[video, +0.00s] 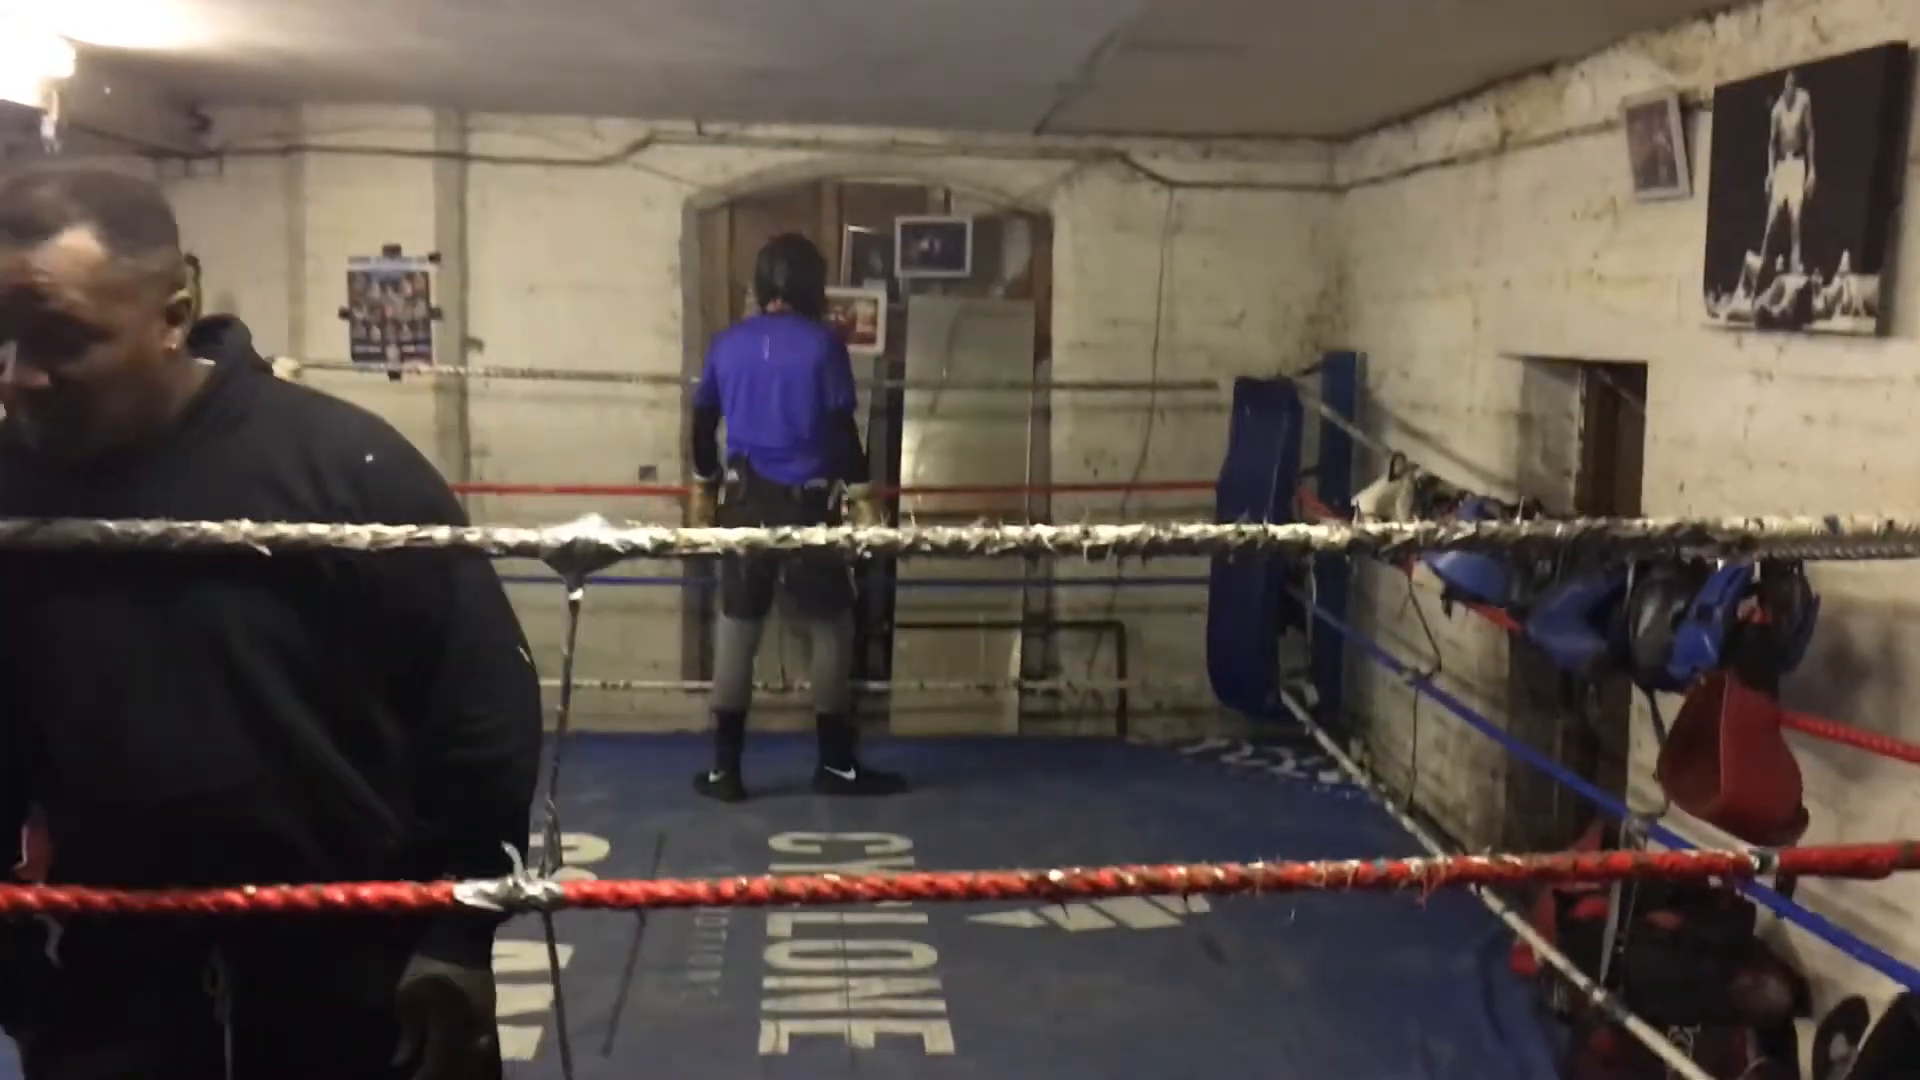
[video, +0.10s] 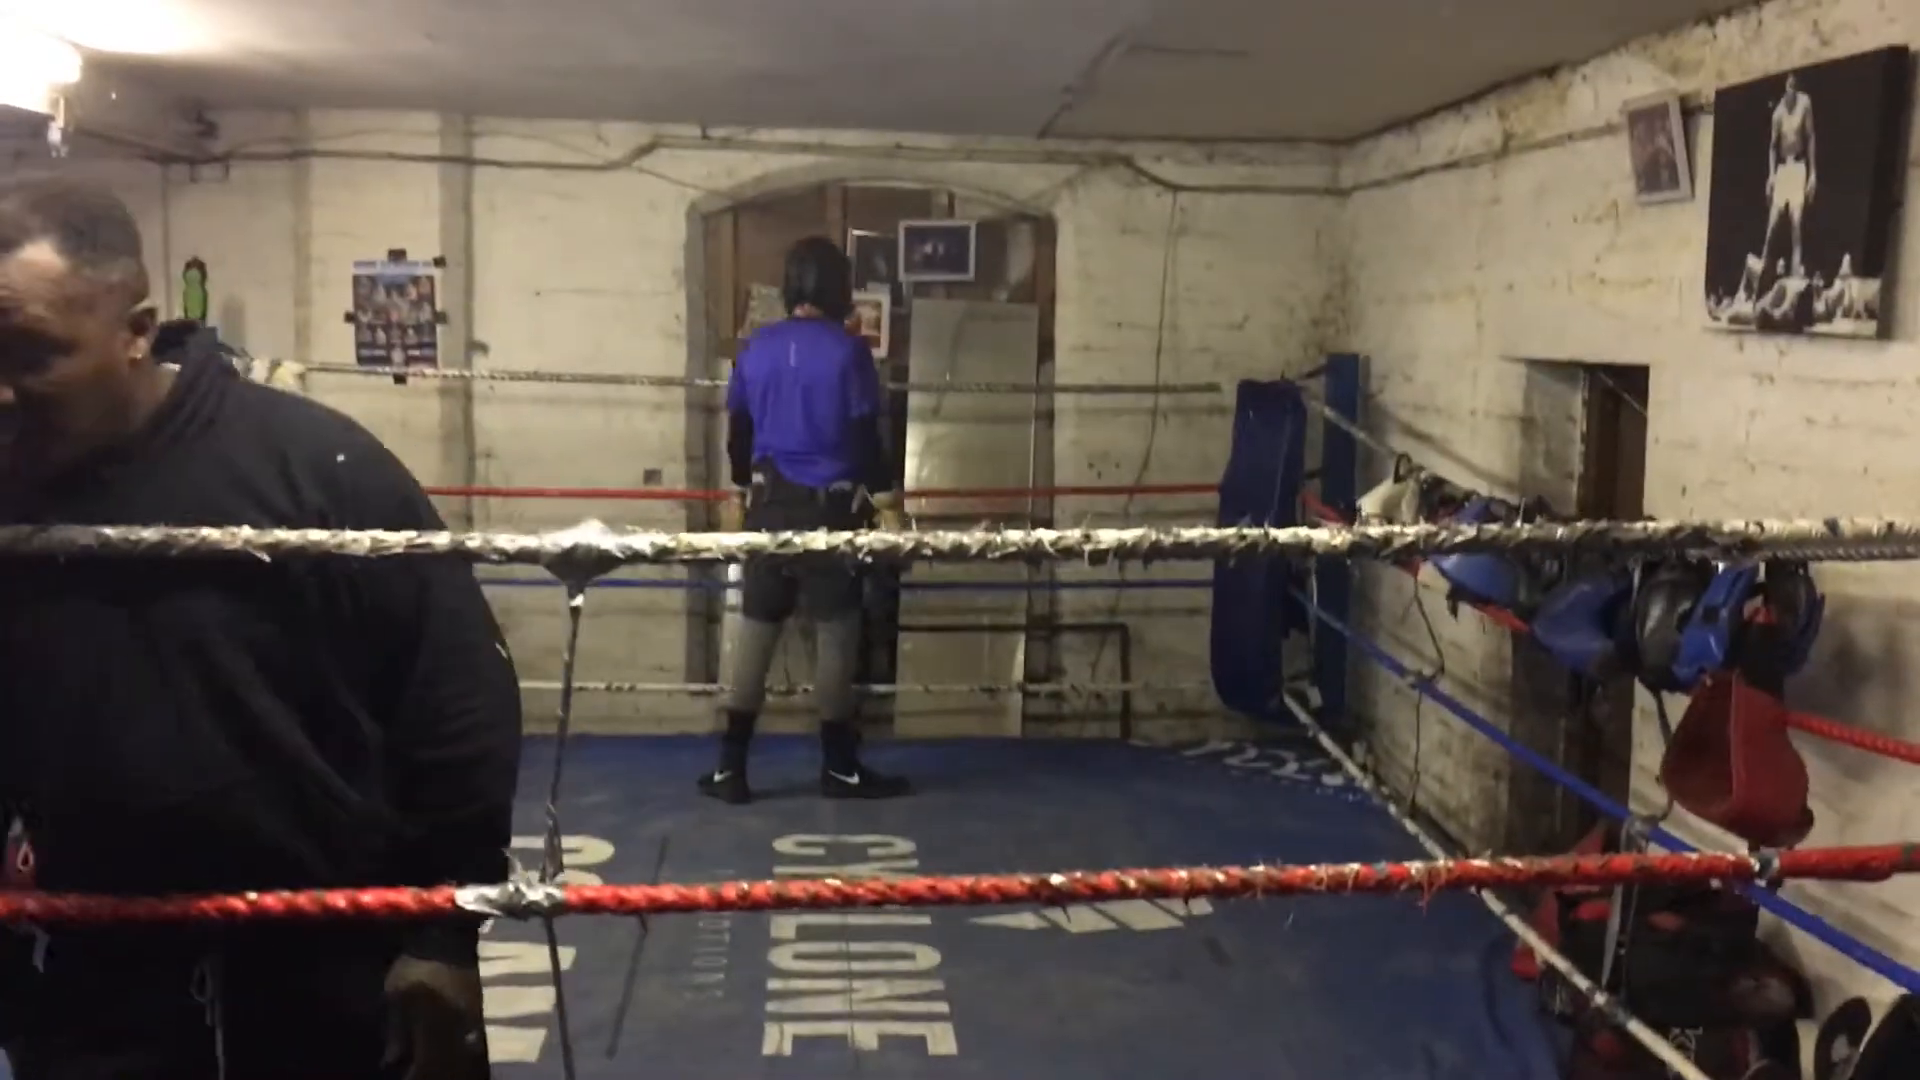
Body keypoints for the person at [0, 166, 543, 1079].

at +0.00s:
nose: (16, 376)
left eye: (59, 339)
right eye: (6, 337)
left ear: (171, 318)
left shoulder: (346, 466)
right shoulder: (11, 487)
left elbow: (491, 715)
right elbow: (13, 754)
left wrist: (459, 939)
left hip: (337, 983)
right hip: (102, 984)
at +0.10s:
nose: (10, 387)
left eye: (39, 352)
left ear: (137, 331)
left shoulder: (319, 468)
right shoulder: (14, 495)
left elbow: (466, 707)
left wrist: (445, 939)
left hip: (320, 979)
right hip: (87, 974)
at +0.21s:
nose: (4, 394)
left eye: (24, 361)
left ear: (118, 333)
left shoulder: (302, 469)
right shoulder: (14, 504)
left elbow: (457, 706)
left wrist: (436, 940)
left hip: (314, 967)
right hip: (86, 963)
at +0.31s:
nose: (0, 405)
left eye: (18, 374)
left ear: (104, 349)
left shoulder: (292, 476)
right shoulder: (16, 509)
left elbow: (450, 717)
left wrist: (425, 944)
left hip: (297, 981)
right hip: (61, 977)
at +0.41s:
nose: (0, 415)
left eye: (15, 385)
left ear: (99, 361)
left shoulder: (291, 482)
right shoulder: (22, 514)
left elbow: (446, 715)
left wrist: (427, 942)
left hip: (296, 980)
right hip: (59, 979)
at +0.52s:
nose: (1, 430)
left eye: (15, 401)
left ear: (98, 372)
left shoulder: (291, 486)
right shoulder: (25, 515)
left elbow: (444, 715)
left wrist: (432, 940)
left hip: (295, 983)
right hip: (62, 980)